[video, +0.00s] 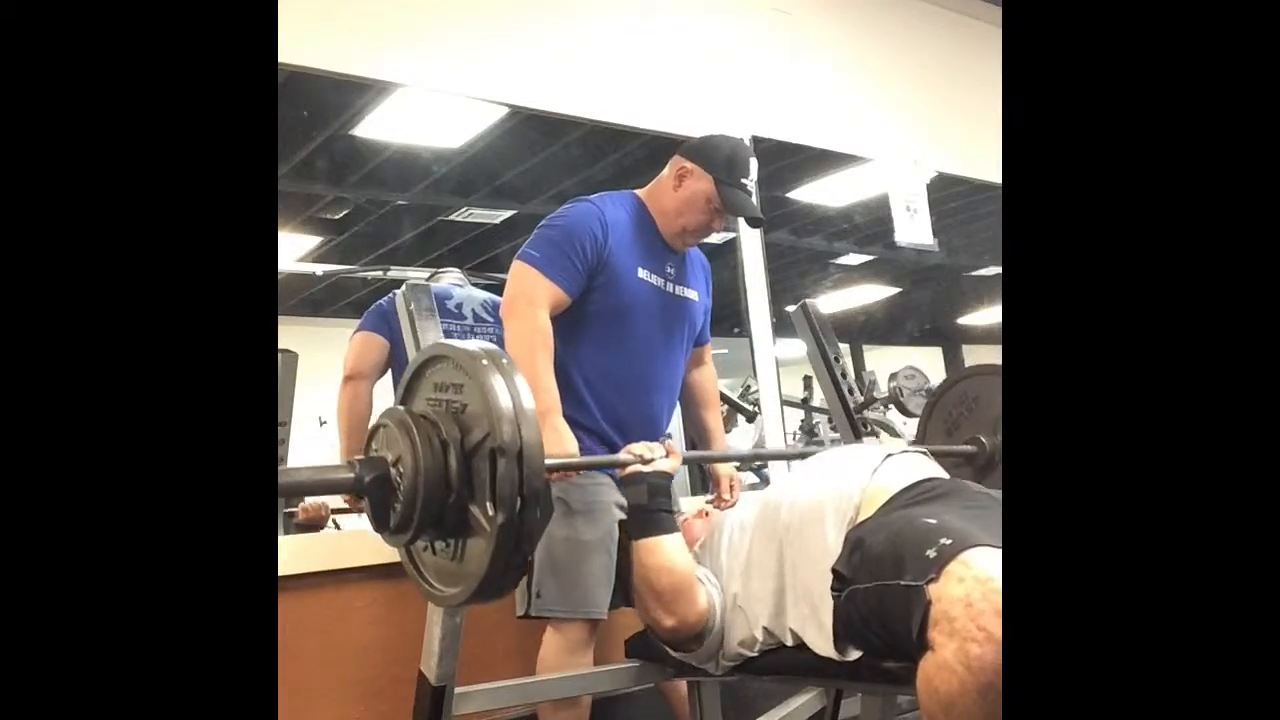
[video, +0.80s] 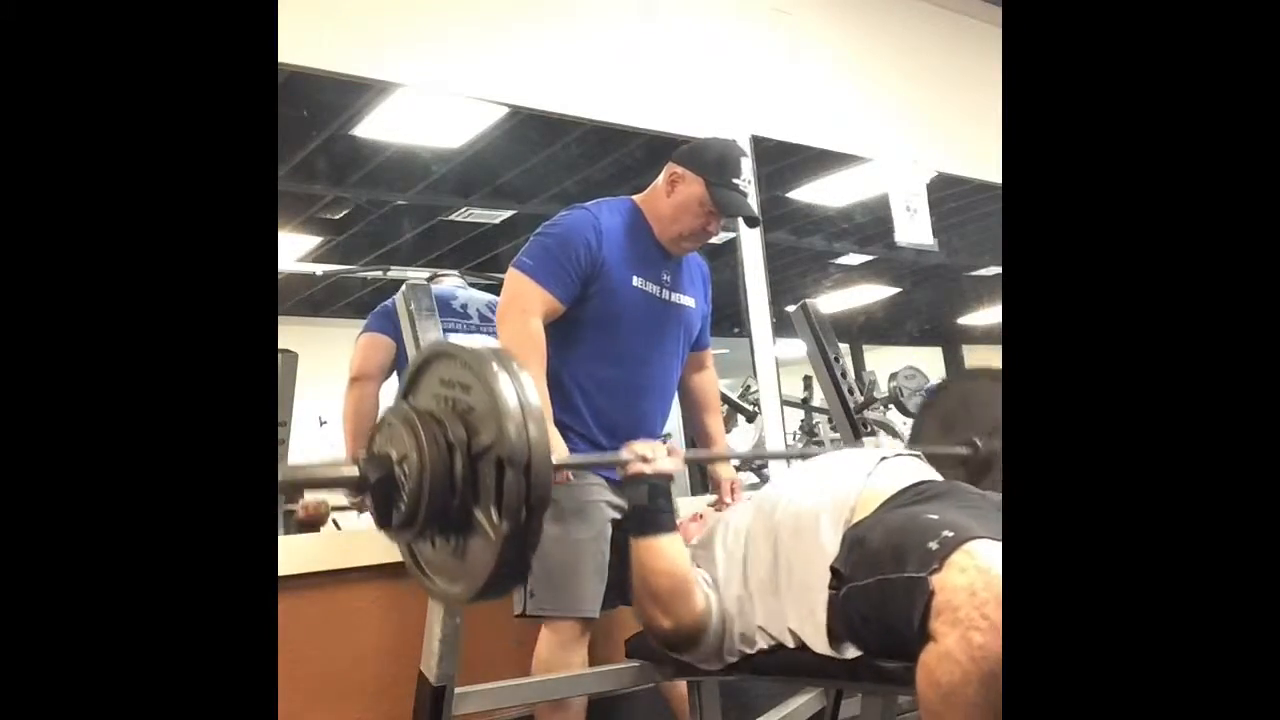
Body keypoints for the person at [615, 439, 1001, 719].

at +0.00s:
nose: (693, 507)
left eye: (690, 502)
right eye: (680, 517)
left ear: (706, 500)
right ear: (674, 548)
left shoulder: (760, 508)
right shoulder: (707, 593)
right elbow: (671, 616)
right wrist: (650, 493)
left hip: (951, 488)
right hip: (877, 528)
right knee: (985, 601)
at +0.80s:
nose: (693, 514)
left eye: (694, 508)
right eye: (681, 525)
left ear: (714, 504)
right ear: (675, 549)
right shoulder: (713, 612)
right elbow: (671, 619)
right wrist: (649, 497)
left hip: (933, 486)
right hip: (873, 527)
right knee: (986, 593)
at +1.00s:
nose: (688, 519)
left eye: (687, 511)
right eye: (674, 526)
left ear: (706, 505)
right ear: (665, 554)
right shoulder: (689, 602)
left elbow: (898, 489)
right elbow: (655, 570)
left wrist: (887, 433)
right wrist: (636, 440)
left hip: (944, 494)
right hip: (866, 532)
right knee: (983, 592)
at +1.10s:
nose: (685, 517)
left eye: (682, 509)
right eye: (669, 525)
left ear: (698, 506)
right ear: (652, 562)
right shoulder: (691, 604)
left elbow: (899, 487)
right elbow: (655, 563)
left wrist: (885, 427)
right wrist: (636, 434)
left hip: (947, 497)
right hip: (866, 531)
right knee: (983, 591)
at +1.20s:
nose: (686, 509)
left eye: (684, 505)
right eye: (669, 517)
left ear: (698, 502)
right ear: (652, 558)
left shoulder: (761, 501)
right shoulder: (693, 607)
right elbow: (659, 583)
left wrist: (882, 442)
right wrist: (643, 459)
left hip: (942, 493)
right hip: (864, 533)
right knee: (982, 596)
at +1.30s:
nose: (695, 506)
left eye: (692, 502)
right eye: (679, 516)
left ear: (710, 498)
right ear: (671, 543)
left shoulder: (767, 499)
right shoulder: (699, 599)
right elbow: (665, 612)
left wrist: (886, 442)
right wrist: (648, 487)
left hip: (952, 493)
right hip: (873, 533)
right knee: (980, 600)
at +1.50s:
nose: (691, 496)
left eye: (689, 489)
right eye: (678, 505)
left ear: (708, 492)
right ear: (683, 541)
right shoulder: (708, 582)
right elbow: (687, 659)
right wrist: (661, 534)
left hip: (954, 488)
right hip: (879, 526)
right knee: (981, 606)